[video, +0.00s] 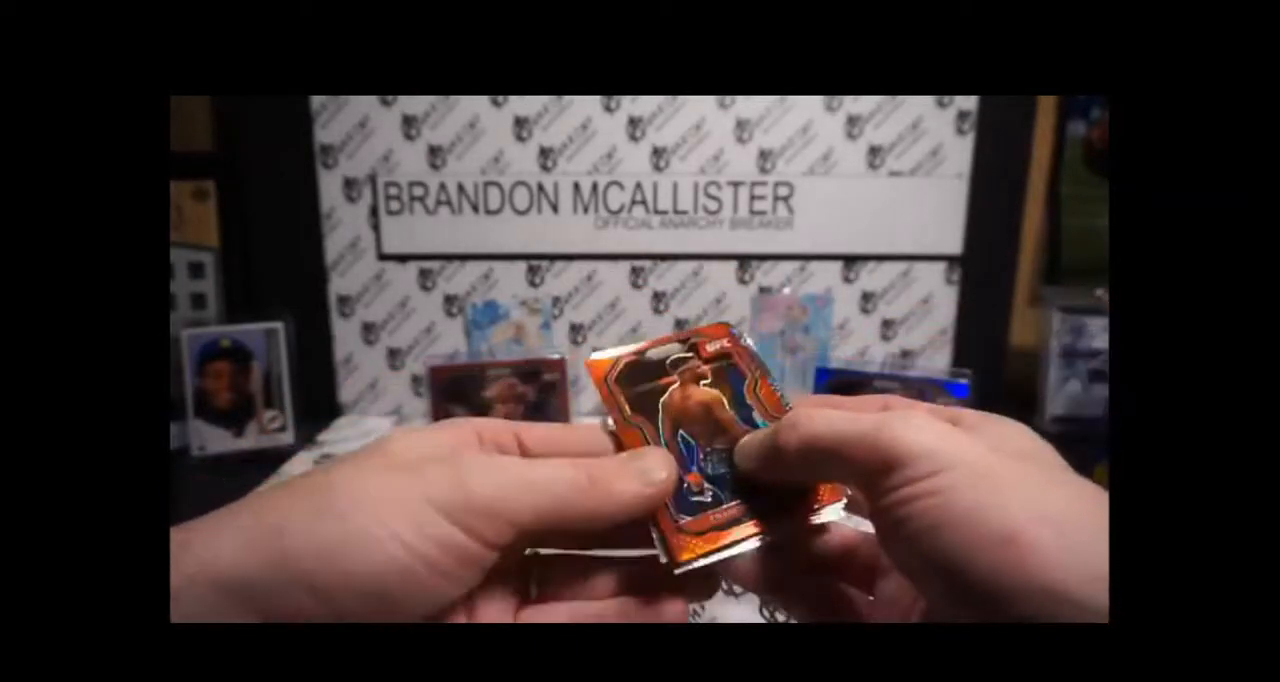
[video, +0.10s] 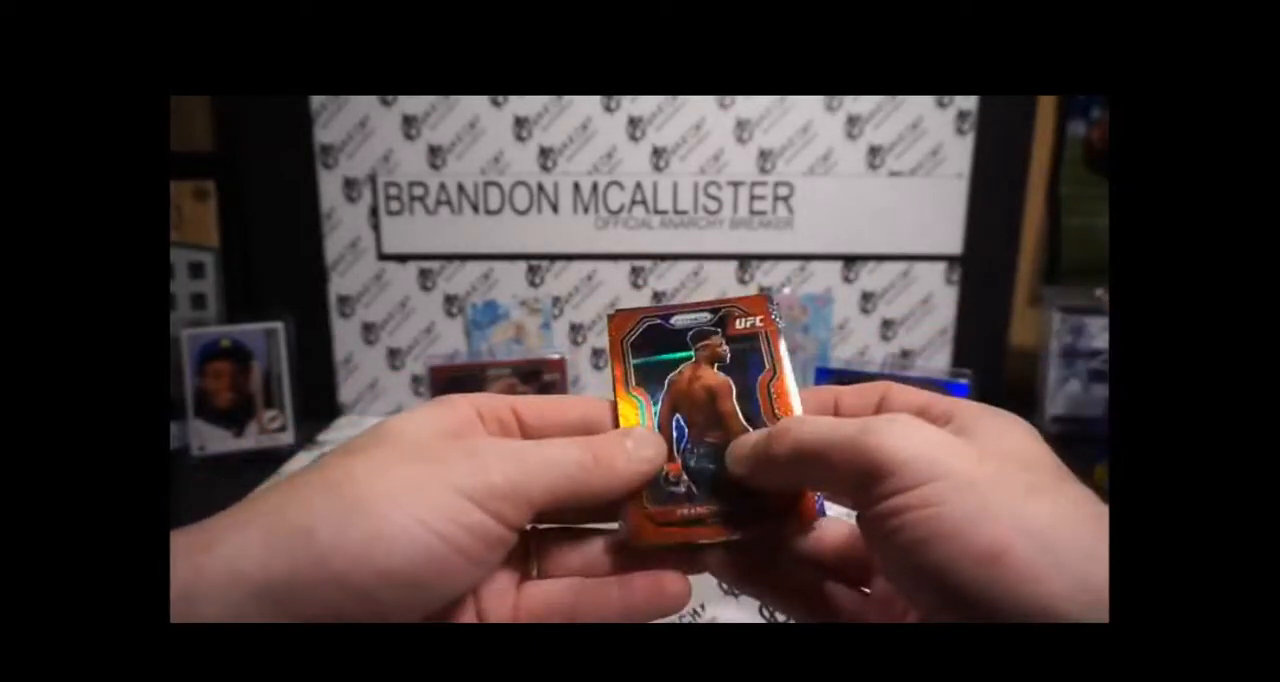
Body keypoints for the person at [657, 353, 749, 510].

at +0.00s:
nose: (704, 368)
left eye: (701, 364)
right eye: (698, 366)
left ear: (681, 375)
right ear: (686, 372)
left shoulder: (667, 402)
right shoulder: (710, 396)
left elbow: (668, 438)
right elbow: (736, 430)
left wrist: (684, 472)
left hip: (701, 461)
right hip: (726, 458)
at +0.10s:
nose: (727, 348)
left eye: (725, 344)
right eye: (721, 345)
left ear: (699, 350)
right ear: (705, 349)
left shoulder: (675, 380)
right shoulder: (720, 381)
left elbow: (664, 421)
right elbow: (736, 428)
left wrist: (671, 459)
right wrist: (762, 452)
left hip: (691, 455)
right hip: (721, 455)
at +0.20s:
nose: (727, 348)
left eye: (726, 343)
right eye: (722, 344)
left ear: (702, 350)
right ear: (705, 349)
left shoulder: (676, 380)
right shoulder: (720, 384)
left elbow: (663, 424)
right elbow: (734, 431)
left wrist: (666, 464)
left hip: (691, 456)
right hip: (719, 457)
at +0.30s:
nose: (732, 347)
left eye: (731, 342)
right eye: (727, 343)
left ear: (707, 348)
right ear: (709, 347)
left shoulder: (679, 378)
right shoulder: (725, 381)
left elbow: (666, 418)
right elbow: (736, 424)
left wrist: (670, 457)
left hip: (691, 453)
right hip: (721, 453)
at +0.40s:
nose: (736, 350)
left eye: (735, 345)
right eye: (730, 346)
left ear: (711, 350)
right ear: (713, 349)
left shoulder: (682, 378)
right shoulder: (727, 384)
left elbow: (667, 419)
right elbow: (736, 428)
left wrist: (670, 457)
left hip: (692, 451)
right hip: (720, 453)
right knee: (725, 515)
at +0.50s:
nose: (730, 344)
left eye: (729, 339)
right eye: (725, 339)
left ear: (705, 345)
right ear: (707, 344)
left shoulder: (677, 371)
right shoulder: (721, 377)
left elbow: (661, 413)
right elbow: (734, 425)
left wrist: (665, 450)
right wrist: (758, 446)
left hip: (687, 444)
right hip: (714, 449)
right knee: (716, 513)